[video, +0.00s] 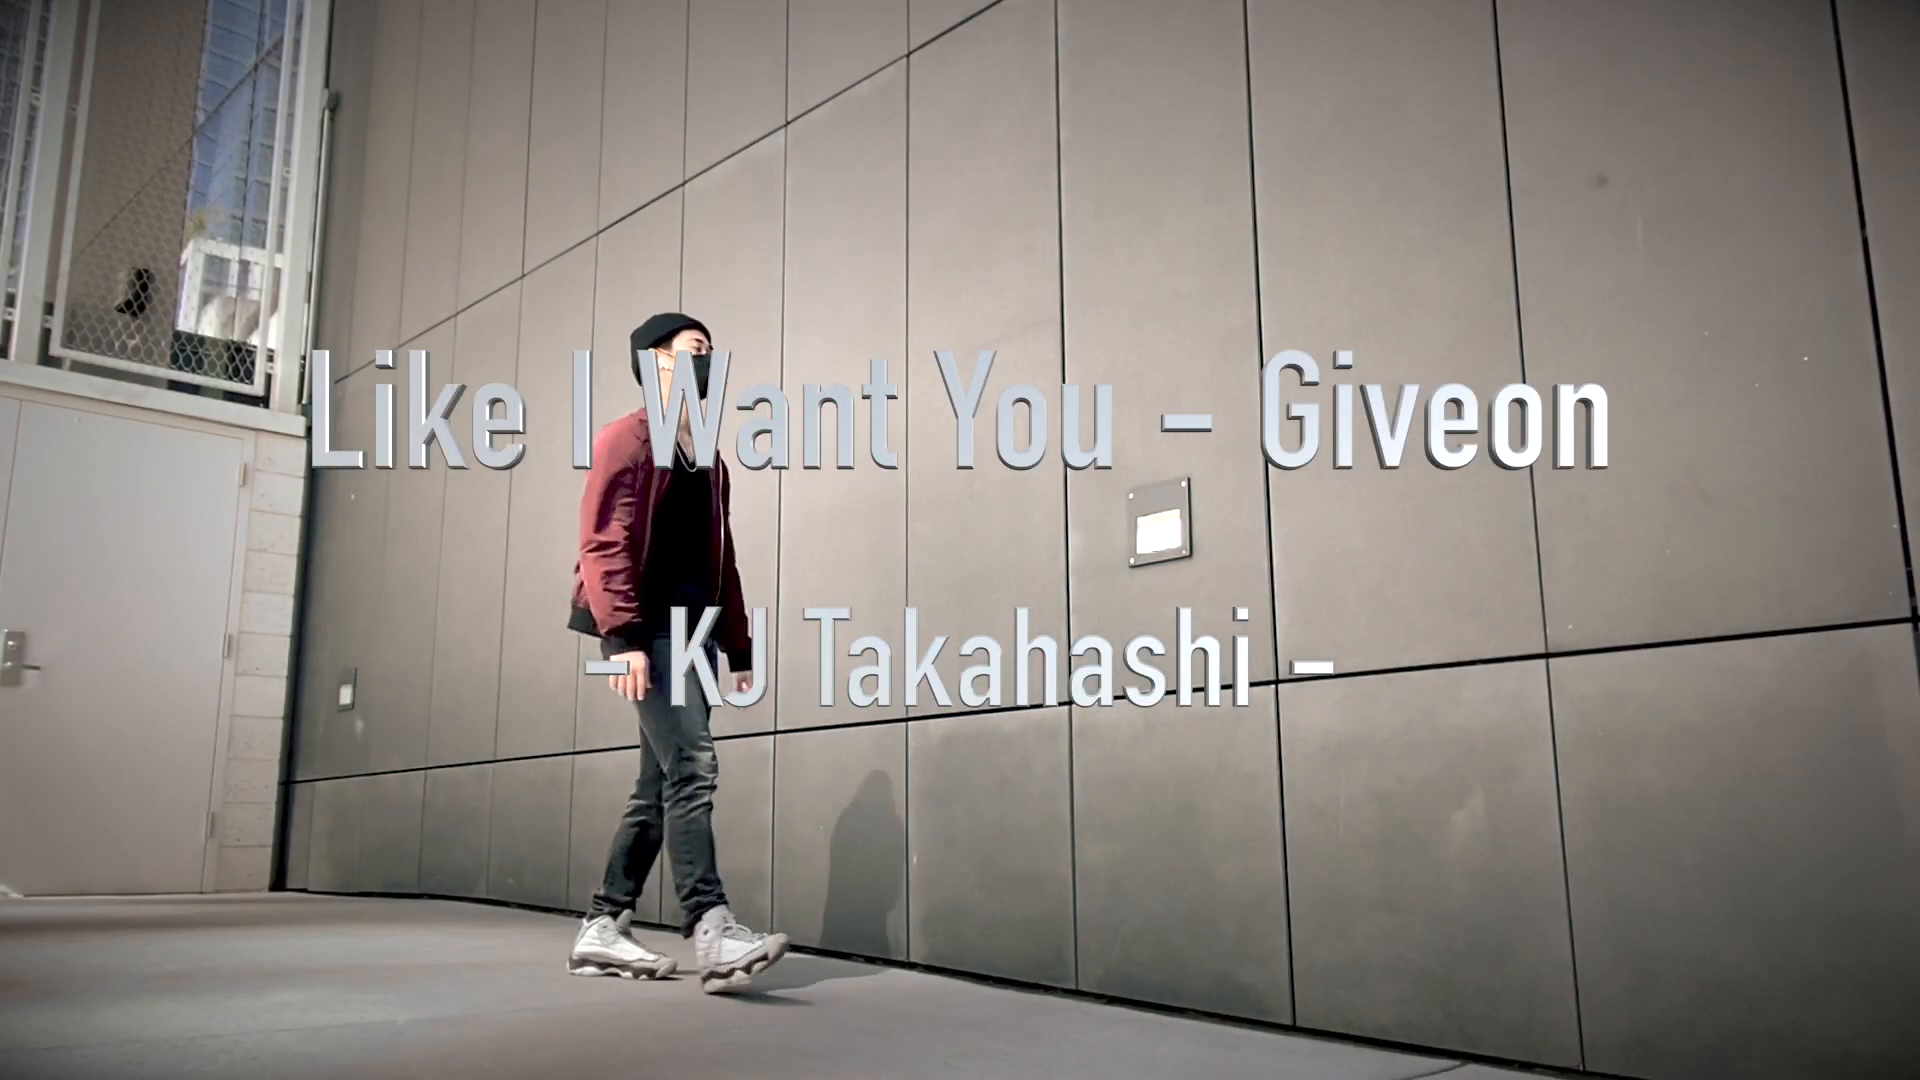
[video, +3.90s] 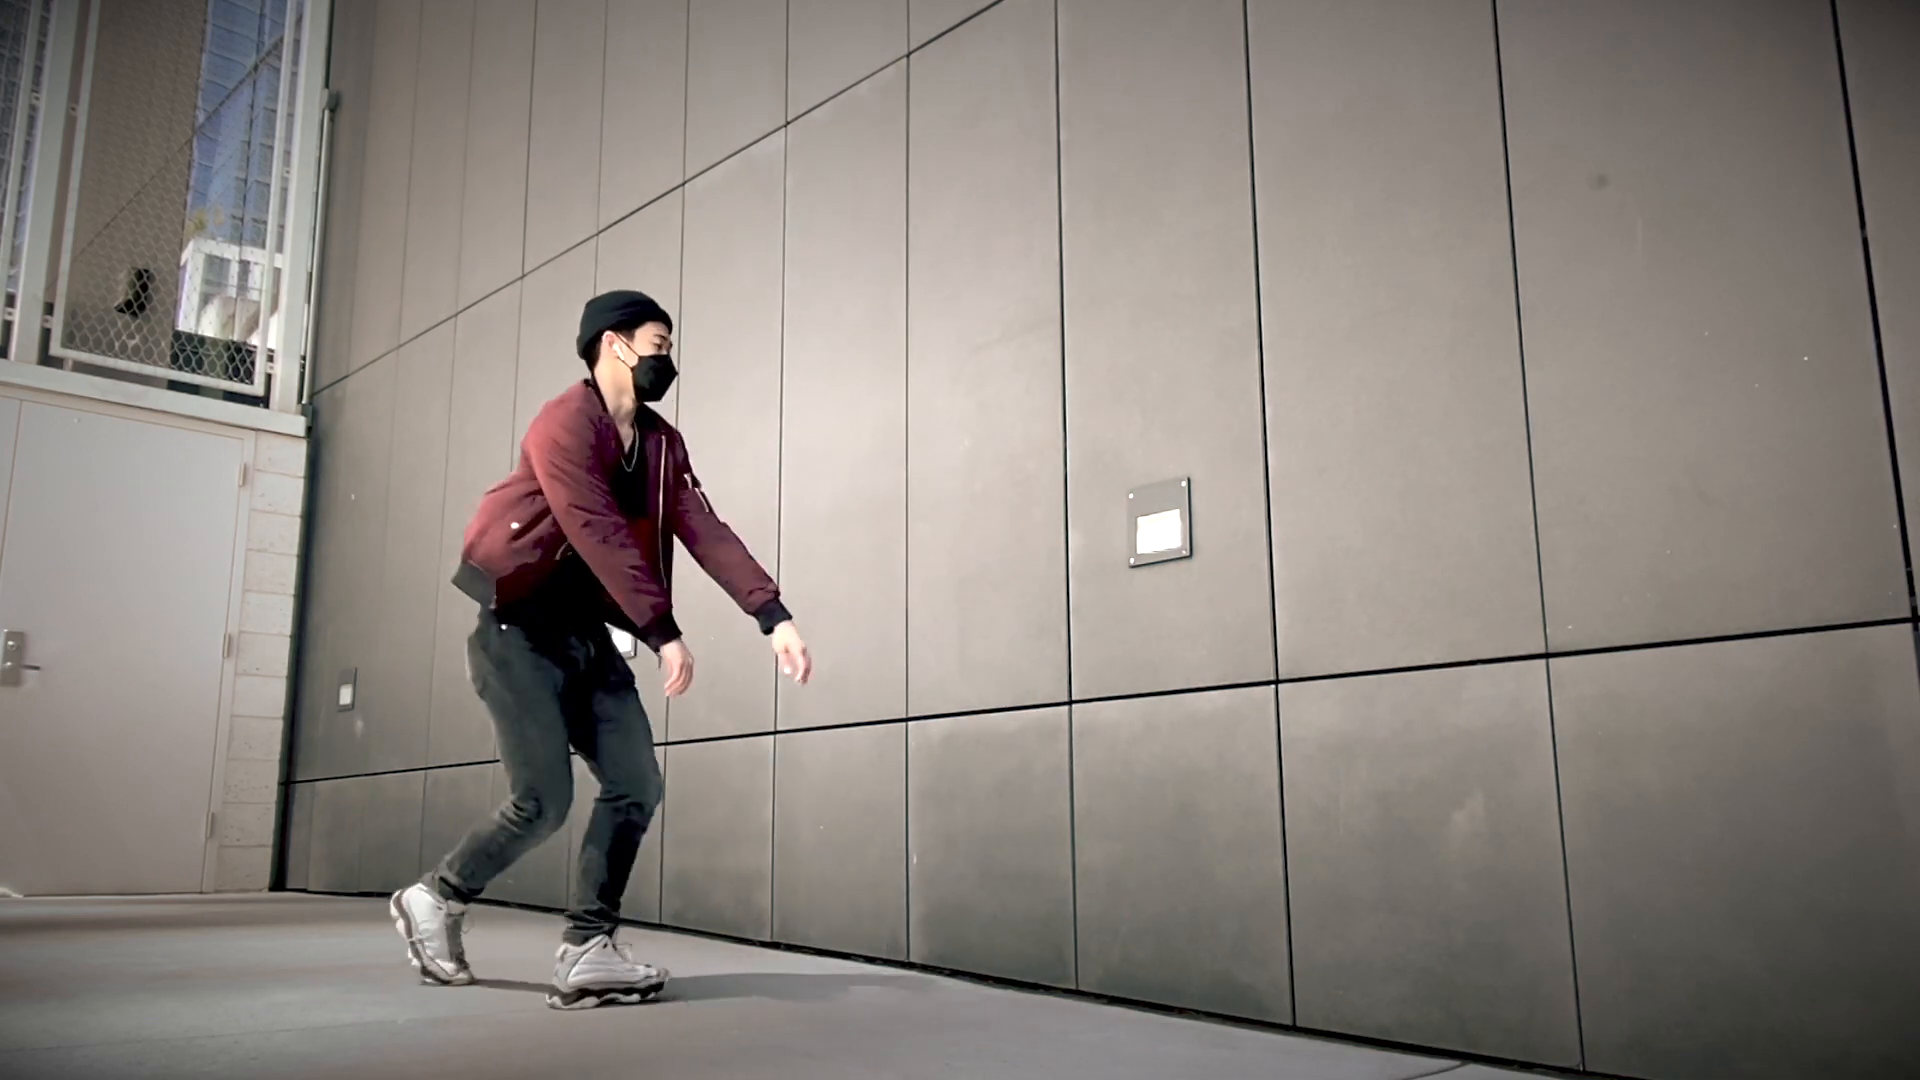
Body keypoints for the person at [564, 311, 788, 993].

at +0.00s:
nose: (703, 367)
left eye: (707, 358)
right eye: (691, 355)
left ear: (710, 368)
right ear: (654, 363)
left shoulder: (710, 457)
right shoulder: (626, 439)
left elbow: (720, 556)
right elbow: (603, 546)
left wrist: (739, 647)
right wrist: (623, 640)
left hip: (693, 632)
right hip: (647, 632)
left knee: (657, 786)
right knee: (692, 772)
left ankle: (603, 928)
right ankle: (713, 931)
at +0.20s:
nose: (685, 368)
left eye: (689, 358)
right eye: (671, 357)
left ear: (691, 369)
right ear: (635, 368)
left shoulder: (687, 441)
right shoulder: (618, 432)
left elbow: (699, 543)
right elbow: (583, 537)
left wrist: (719, 640)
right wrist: (603, 637)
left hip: (673, 621)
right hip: (628, 620)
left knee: (653, 772)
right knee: (646, 772)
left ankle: (614, 929)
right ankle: (598, 931)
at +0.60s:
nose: (637, 357)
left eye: (645, 348)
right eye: (624, 346)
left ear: (652, 364)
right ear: (593, 358)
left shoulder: (658, 443)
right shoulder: (558, 431)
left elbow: (666, 542)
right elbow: (533, 538)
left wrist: (673, 628)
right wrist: (571, 621)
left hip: (631, 631)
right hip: (554, 627)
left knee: (613, 787)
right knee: (532, 776)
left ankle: (598, 928)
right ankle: (482, 922)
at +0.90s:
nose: (591, 344)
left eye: (599, 337)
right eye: (577, 334)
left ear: (606, 356)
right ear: (542, 349)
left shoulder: (623, 450)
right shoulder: (499, 425)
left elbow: (640, 546)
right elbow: (457, 519)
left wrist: (640, 623)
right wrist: (456, 618)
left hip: (586, 634)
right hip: (502, 631)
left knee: (602, 776)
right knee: (493, 777)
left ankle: (593, 924)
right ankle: (478, 923)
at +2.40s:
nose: (678, 294)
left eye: (689, 287)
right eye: (661, 285)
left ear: (700, 314)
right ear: (631, 311)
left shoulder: (730, 410)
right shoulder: (593, 389)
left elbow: (746, 513)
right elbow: (548, 483)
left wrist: (759, 601)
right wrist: (512, 565)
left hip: (699, 613)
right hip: (614, 605)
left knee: (674, 777)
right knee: (569, 761)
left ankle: (635, 931)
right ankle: (498, 899)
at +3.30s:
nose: (740, 358)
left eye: (742, 349)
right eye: (727, 346)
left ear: (720, 357)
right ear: (682, 350)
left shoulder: (724, 433)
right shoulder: (643, 424)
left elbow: (752, 520)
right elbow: (592, 516)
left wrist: (764, 610)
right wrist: (608, 620)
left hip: (681, 636)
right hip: (618, 634)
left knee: (748, 778)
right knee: (631, 811)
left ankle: (646, 917)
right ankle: (506, 896)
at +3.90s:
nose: (670, 355)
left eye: (671, 346)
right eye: (657, 343)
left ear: (645, 354)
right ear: (610, 346)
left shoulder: (661, 443)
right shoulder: (564, 423)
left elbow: (705, 532)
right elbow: (594, 530)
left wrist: (774, 614)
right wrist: (663, 631)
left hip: (588, 639)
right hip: (515, 632)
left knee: (633, 788)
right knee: (543, 798)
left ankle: (585, 949)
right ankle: (433, 900)